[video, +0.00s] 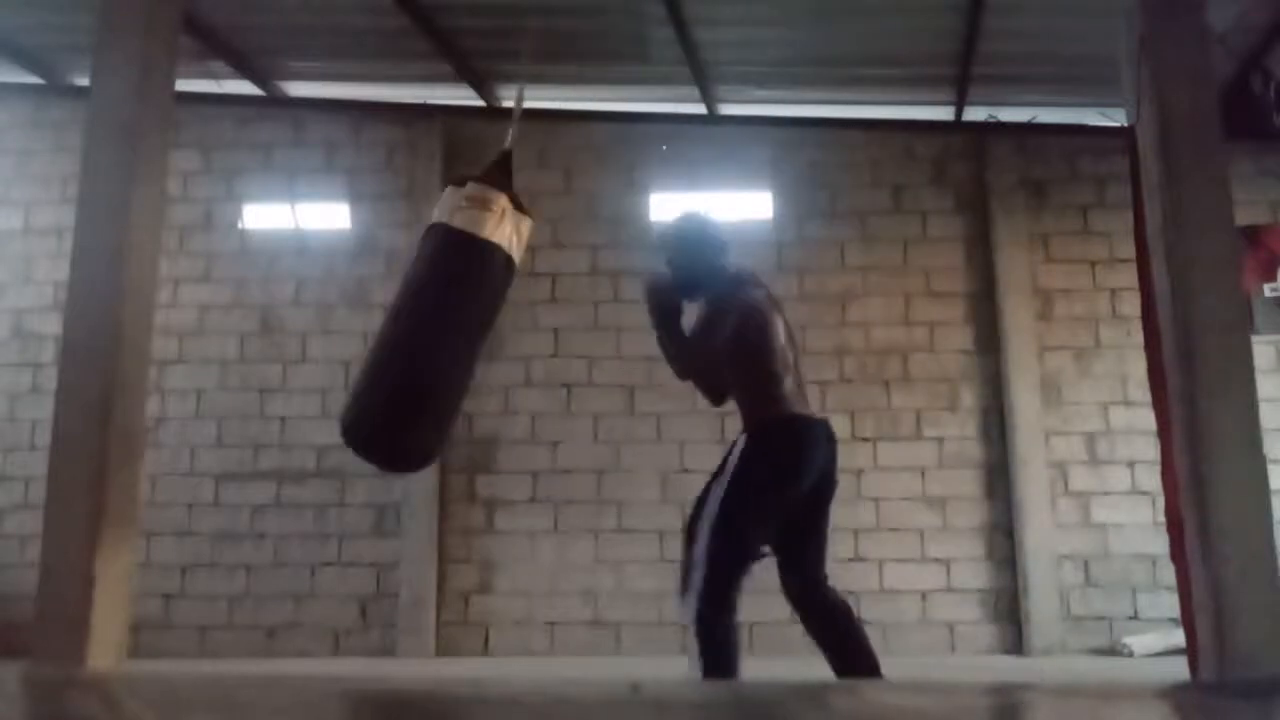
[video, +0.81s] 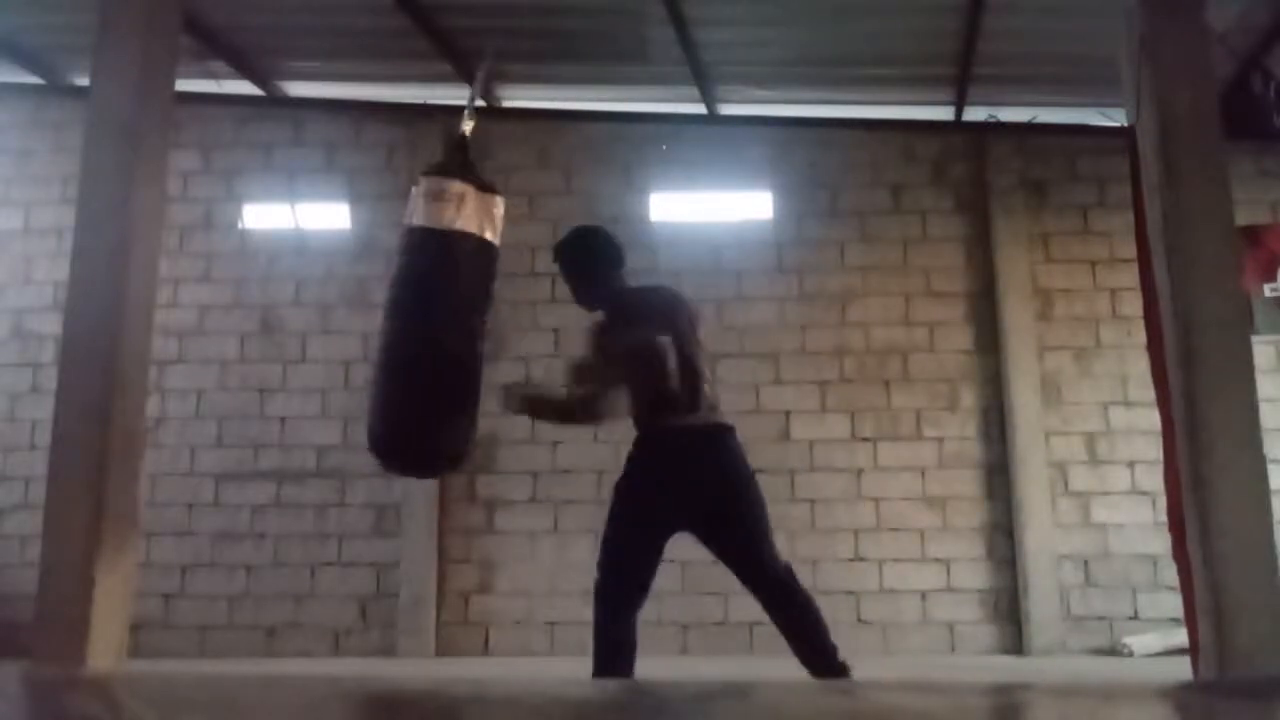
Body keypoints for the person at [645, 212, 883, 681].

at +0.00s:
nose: (671, 270)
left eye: (675, 259)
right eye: (670, 259)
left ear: (696, 257)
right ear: (717, 252)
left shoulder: (731, 298)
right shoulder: (754, 295)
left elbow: (687, 366)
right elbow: (716, 387)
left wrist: (664, 314)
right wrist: (675, 317)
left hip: (772, 444)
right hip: (812, 441)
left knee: (711, 565)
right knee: (805, 581)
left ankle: (720, 697)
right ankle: (872, 696)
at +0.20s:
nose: (669, 265)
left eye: (672, 253)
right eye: (668, 253)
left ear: (693, 251)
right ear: (715, 248)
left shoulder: (718, 293)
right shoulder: (760, 294)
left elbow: (719, 372)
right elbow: (721, 367)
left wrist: (672, 370)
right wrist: (678, 320)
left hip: (738, 433)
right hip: (784, 431)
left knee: (658, 535)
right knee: (804, 567)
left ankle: (660, 672)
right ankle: (870, 683)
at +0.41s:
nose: (630, 270)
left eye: (633, 261)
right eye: (633, 261)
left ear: (643, 262)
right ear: (682, 260)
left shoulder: (636, 301)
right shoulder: (720, 300)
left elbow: (552, 322)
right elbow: (714, 367)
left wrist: (479, 323)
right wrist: (659, 368)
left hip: (697, 446)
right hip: (751, 442)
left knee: (646, 578)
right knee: (778, 574)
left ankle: (617, 698)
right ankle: (857, 679)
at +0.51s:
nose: (604, 277)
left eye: (608, 267)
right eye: (605, 267)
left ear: (623, 264)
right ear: (652, 262)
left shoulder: (622, 300)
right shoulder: (694, 306)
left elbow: (544, 344)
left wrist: (487, 331)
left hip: (693, 448)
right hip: (738, 445)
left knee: (635, 569)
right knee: (744, 577)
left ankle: (614, 692)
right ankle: (844, 672)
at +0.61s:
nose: (585, 285)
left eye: (590, 274)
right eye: (584, 275)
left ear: (614, 269)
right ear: (627, 264)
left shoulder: (654, 308)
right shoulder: (665, 305)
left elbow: (624, 378)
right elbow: (612, 356)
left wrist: (551, 348)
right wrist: (545, 341)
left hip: (693, 446)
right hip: (728, 445)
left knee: (632, 554)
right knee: (743, 580)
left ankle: (613, 686)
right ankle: (848, 679)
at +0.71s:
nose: (575, 293)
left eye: (579, 280)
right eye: (574, 281)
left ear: (605, 277)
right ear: (618, 274)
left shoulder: (656, 322)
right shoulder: (641, 329)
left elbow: (704, 395)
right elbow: (577, 361)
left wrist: (633, 404)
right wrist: (506, 333)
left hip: (682, 457)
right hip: (722, 454)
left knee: (612, 570)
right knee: (764, 580)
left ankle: (610, 698)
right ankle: (855, 685)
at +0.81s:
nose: (570, 289)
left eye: (570, 277)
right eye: (567, 278)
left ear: (586, 274)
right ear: (616, 264)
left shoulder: (613, 327)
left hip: (659, 458)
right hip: (717, 451)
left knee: (616, 594)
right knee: (767, 573)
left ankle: (612, 706)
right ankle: (835, 679)